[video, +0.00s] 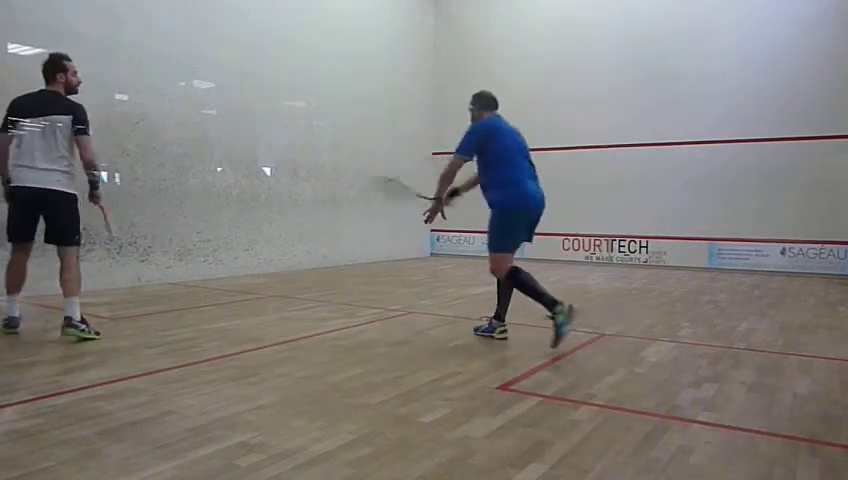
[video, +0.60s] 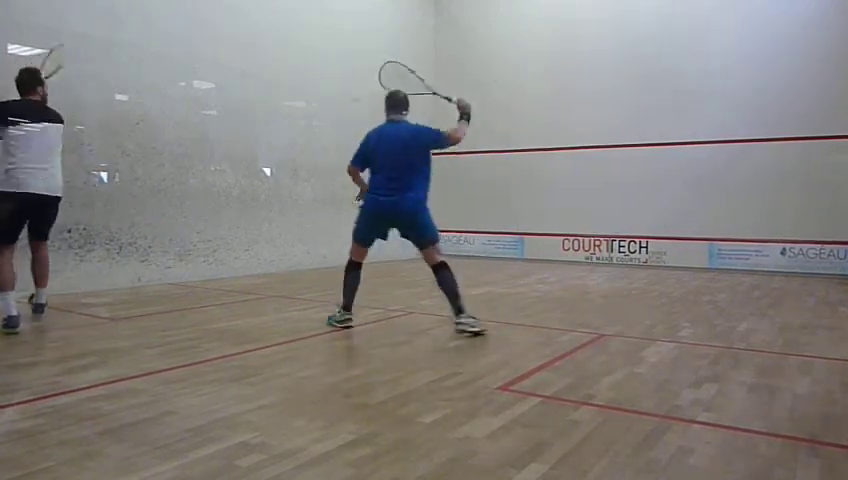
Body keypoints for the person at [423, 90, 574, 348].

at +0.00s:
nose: (470, 116)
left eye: (472, 112)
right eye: (470, 112)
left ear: (480, 111)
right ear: (493, 110)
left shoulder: (479, 130)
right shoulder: (509, 131)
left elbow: (451, 170)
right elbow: (486, 171)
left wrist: (437, 203)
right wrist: (459, 190)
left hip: (509, 203)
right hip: (532, 200)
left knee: (499, 266)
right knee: (504, 263)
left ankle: (557, 309)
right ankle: (498, 322)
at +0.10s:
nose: (459, 113)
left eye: (459, 109)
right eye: (460, 109)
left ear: (461, 108)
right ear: (482, 108)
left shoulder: (460, 128)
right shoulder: (496, 129)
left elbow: (433, 164)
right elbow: (507, 162)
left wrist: (423, 196)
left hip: (491, 198)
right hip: (518, 196)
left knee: (474, 261)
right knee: (500, 258)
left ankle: (522, 308)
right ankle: (499, 320)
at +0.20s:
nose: (450, 112)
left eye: (450, 108)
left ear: (450, 107)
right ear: (471, 108)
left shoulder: (445, 128)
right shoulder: (486, 128)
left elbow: (416, 161)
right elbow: (521, 138)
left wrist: (401, 194)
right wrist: (543, 130)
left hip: (471, 197)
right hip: (501, 196)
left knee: (448, 254)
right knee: (494, 256)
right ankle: (498, 321)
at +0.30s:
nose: (445, 106)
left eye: (442, 103)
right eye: (454, 103)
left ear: (439, 106)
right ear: (461, 105)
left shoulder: (432, 129)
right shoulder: (480, 126)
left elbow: (400, 163)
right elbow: (517, 121)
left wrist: (383, 192)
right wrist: (531, 95)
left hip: (447, 200)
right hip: (481, 201)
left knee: (424, 251)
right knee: (483, 254)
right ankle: (493, 321)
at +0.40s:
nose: (436, 111)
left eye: (430, 107)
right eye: (441, 105)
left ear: (426, 109)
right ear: (448, 108)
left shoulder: (417, 135)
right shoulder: (467, 128)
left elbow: (388, 165)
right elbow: (503, 116)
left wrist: (373, 191)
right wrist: (503, 83)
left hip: (424, 208)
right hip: (462, 208)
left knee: (398, 258)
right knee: (473, 260)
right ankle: (486, 319)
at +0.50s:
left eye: (413, 107)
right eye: (424, 108)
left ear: (406, 112)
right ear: (428, 111)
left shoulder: (395, 140)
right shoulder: (445, 133)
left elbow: (368, 172)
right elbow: (482, 122)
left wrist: (368, 191)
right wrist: (477, 94)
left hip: (400, 212)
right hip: (438, 212)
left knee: (375, 260)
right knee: (459, 260)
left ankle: (350, 311)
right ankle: (484, 317)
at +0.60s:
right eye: (404, 108)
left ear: (385, 110)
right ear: (407, 110)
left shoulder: (374, 136)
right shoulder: (419, 134)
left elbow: (353, 169)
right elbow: (455, 137)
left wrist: (363, 187)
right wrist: (465, 116)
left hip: (375, 208)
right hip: (411, 208)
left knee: (356, 256)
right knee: (435, 259)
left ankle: (345, 312)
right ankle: (461, 315)